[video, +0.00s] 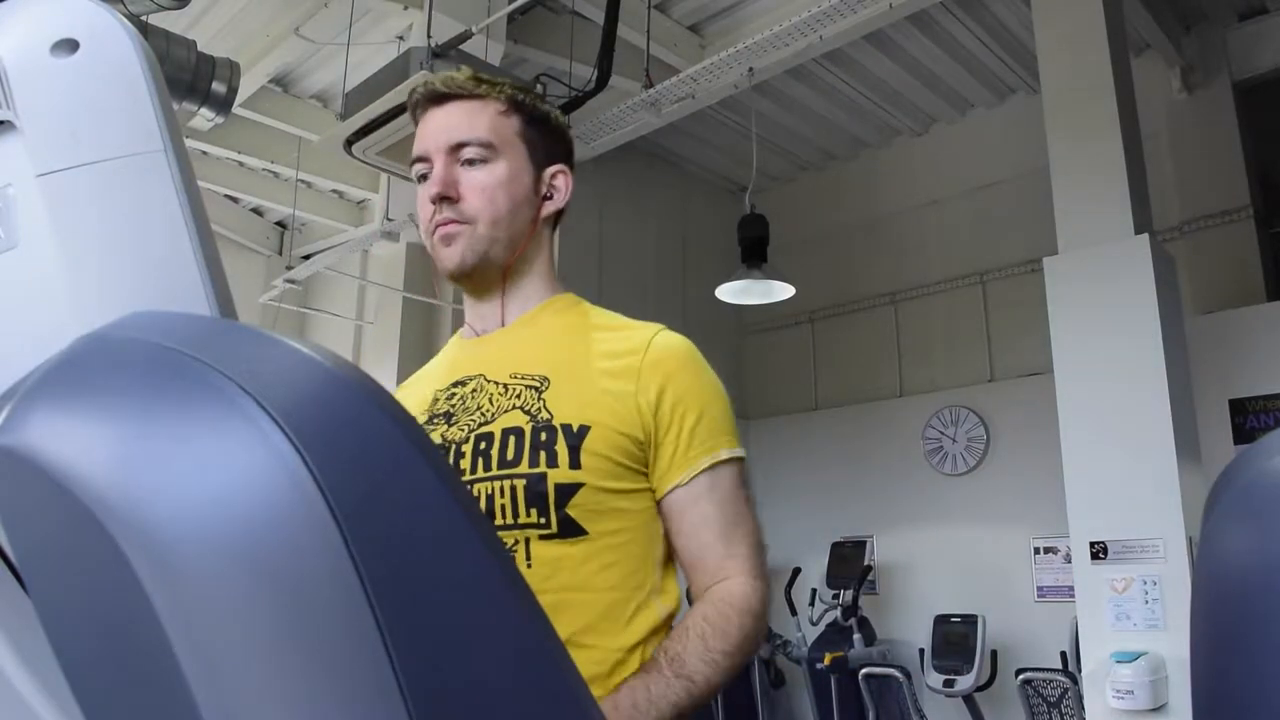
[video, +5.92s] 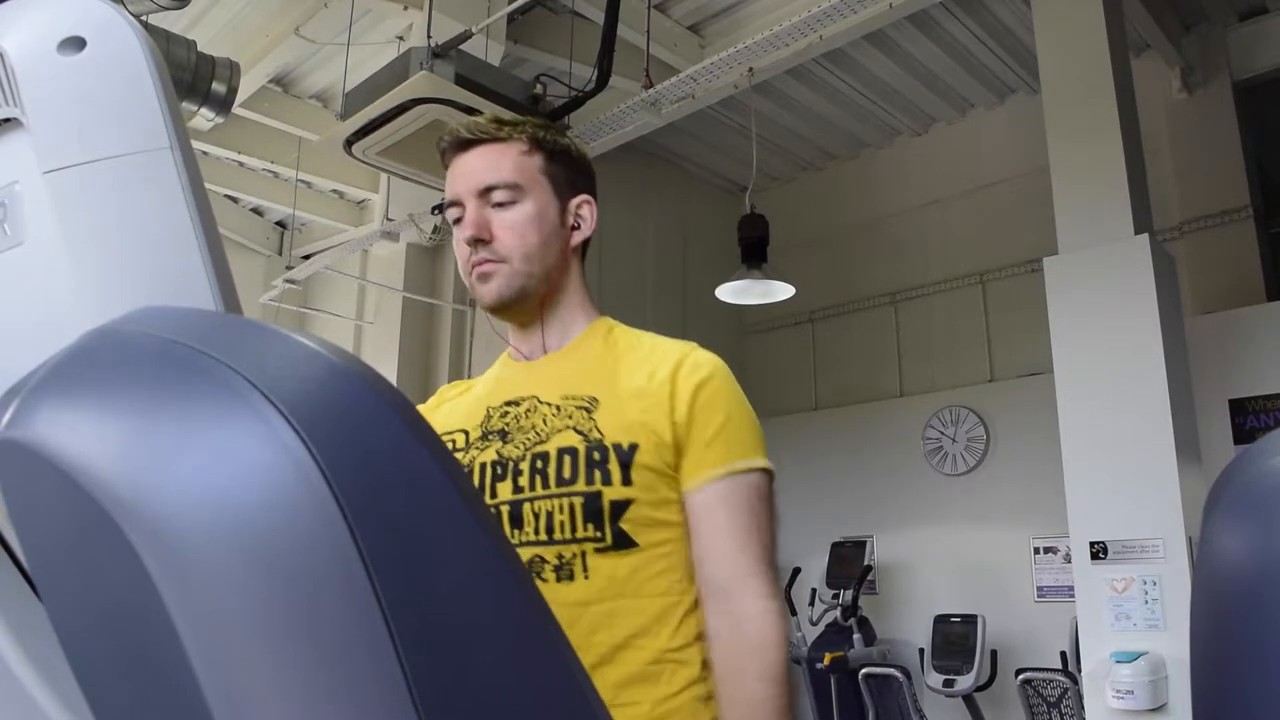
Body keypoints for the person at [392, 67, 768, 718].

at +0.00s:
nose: (437, 188)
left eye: (472, 158)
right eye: (423, 171)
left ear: (551, 190)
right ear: (414, 200)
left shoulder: (653, 363)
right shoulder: (401, 407)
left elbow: (733, 597)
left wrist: (616, 708)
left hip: (604, 701)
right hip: (445, 703)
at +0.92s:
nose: (353, 183)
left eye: (389, 148)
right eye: (340, 160)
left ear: (484, 167)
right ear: (335, 180)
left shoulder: (590, 354)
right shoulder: (367, 384)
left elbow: (681, 620)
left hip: (552, 701)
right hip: (396, 702)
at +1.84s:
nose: (438, 226)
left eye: (474, 192)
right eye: (426, 203)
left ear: (562, 214)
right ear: (418, 221)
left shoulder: (679, 400)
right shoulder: (430, 422)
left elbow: (712, 680)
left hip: (621, 702)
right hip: (460, 705)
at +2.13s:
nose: (534, 224)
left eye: (569, 194)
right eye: (524, 202)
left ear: (652, 216)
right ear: (519, 219)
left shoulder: (746, 395)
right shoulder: (503, 421)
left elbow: (736, 660)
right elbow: (439, 611)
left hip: (665, 703)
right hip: (512, 700)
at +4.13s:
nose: (498, 233)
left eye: (534, 206)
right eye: (490, 217)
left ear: (615, 239)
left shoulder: (709, 417)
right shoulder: (453, 441)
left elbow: (728, 698)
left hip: (643, 705)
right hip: (470, 703)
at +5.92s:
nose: (471, 231)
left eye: (501, 200)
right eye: (457, 215)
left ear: (578, 220)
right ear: (451, 238)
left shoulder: (685, 381)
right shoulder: (434, 421)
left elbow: (740, 609)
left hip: (656, 702)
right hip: (477, 703)